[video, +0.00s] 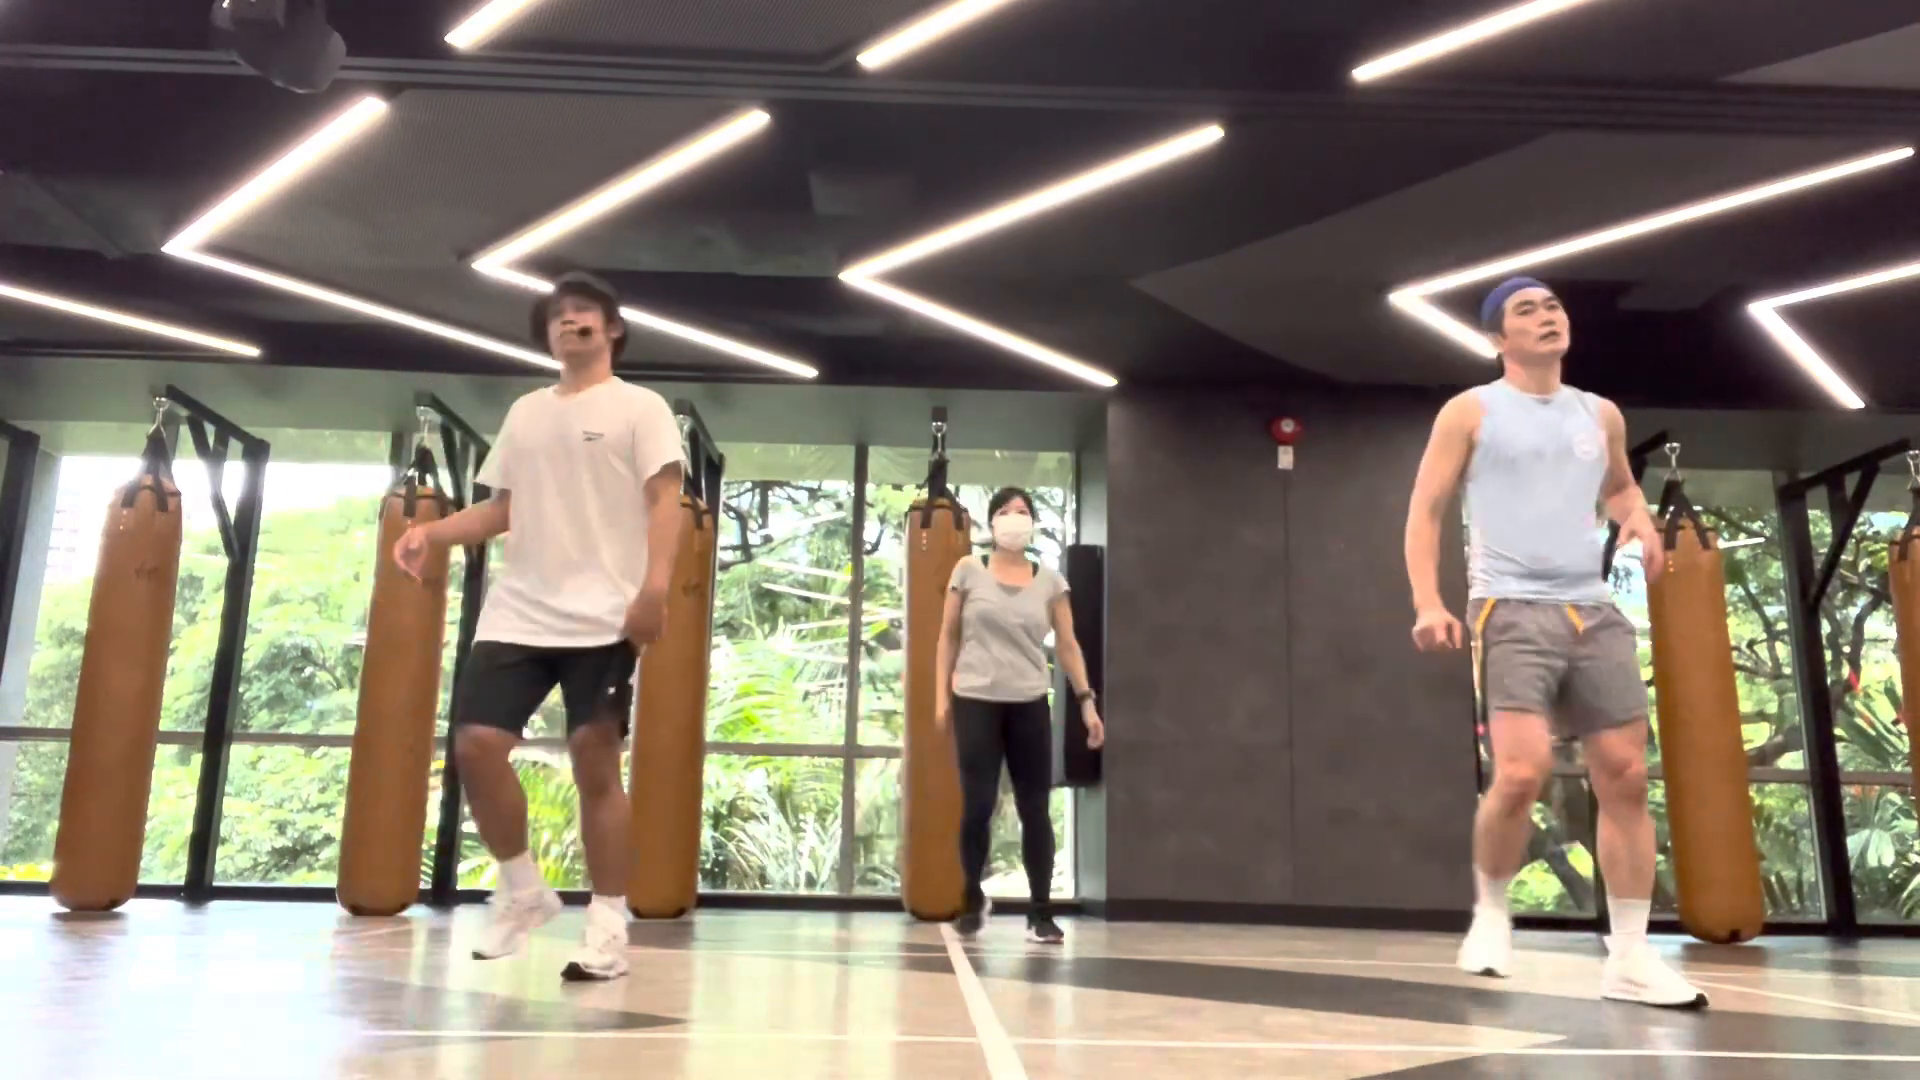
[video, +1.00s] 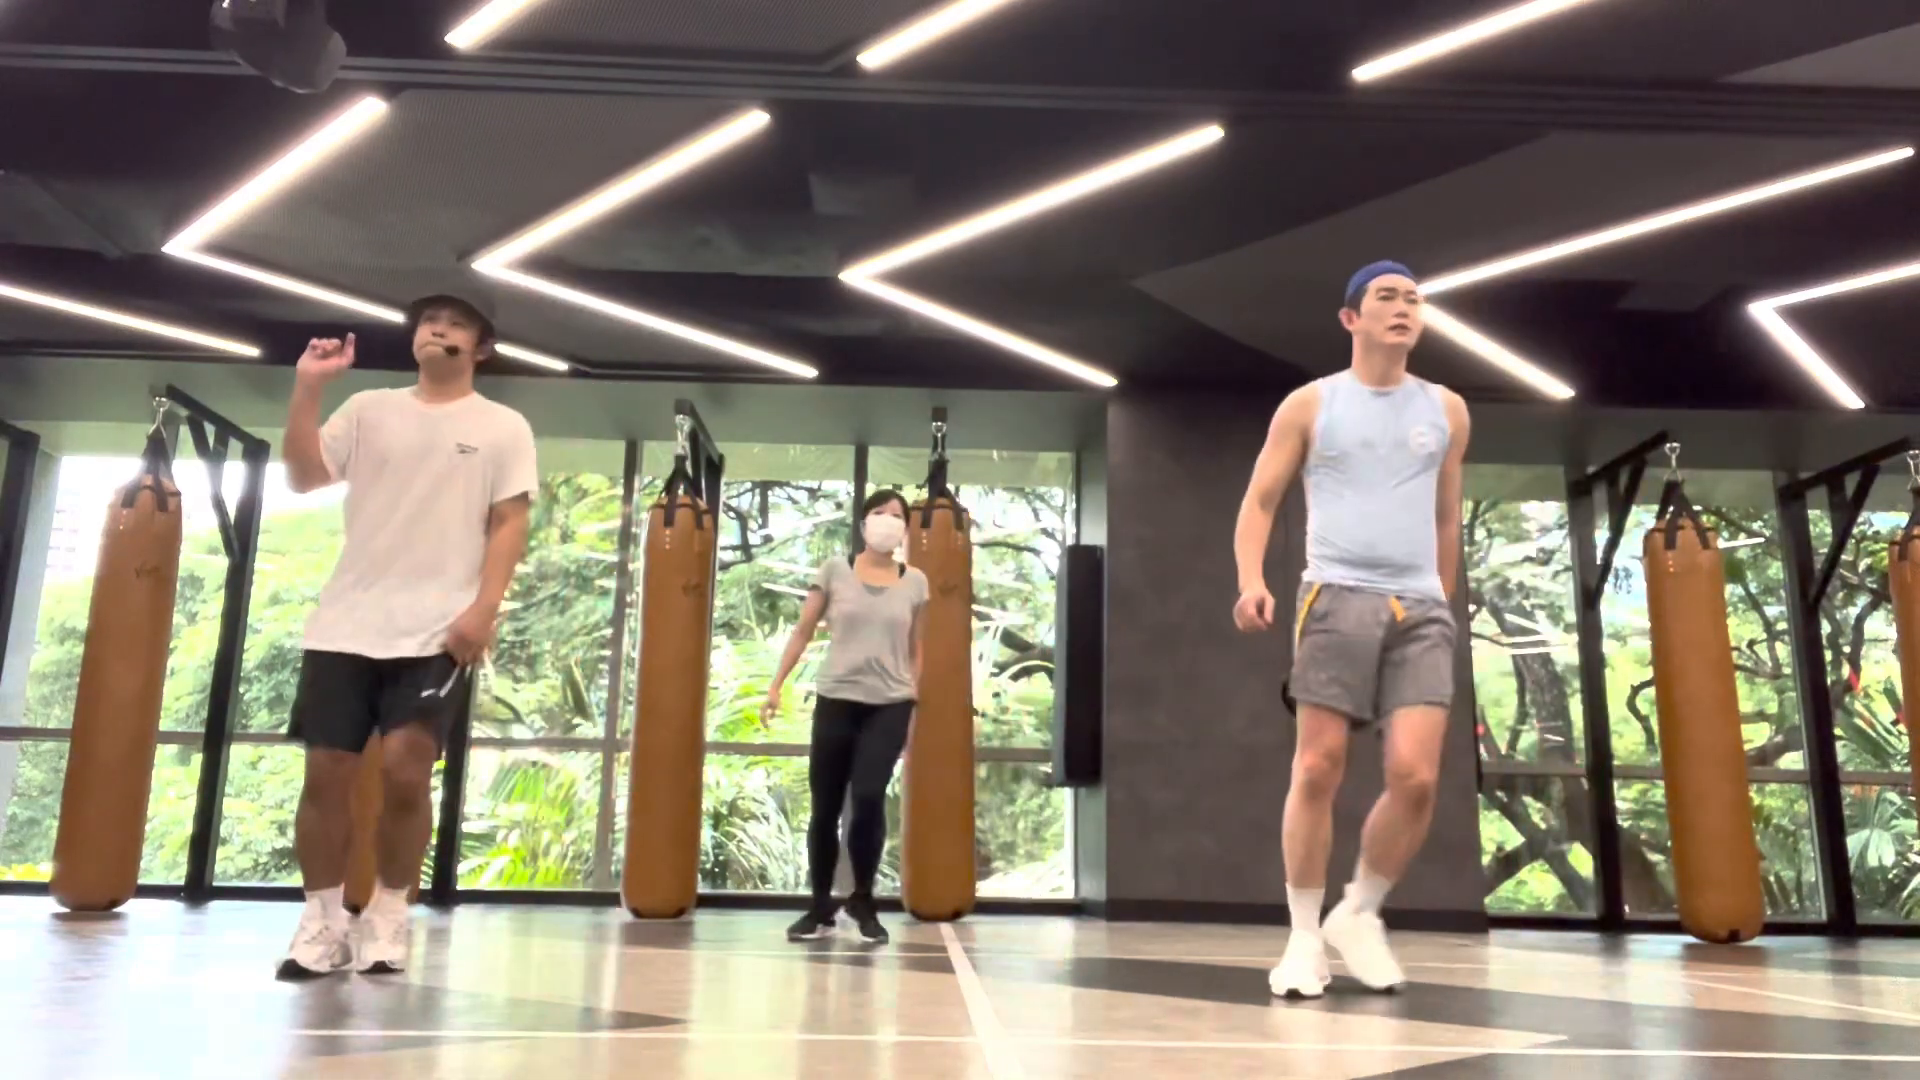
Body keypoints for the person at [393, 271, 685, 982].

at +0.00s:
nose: (573, 320)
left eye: (587, 312)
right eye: (562, 312)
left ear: (613, 331)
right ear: (547, 334)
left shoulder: (642, 408)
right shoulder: (526, 411)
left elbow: (667, 500)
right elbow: (505, 509)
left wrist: (656, 587)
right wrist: (434, 531)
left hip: (602, 614)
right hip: (517, 611)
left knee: (595, 759)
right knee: (476, 745)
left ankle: (608, 928)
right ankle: (525, 894)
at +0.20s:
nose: (579, 332)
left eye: (591, 322)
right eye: (564, 326)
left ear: (615, 340)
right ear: (548, 349)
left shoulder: (639, 420)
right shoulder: (527, 428)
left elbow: (651, 515)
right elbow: (496, 514)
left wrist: (630, 608)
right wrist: (421, 485)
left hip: (596, 624)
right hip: (518, 626)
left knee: (590, 766)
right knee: (497, 763)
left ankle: (610, 925)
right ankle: (567, 906)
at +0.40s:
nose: (554, 323)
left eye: (567, 315)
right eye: (541, 317)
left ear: (593, 334)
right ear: (524, 341)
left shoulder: (619, 408)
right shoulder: (503, 417)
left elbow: (626, 509)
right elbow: (460, 494)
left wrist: (600, 598)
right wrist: (416, 416)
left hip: (574, 615)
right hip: (488, 611)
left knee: (582, 768)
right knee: (422, 741)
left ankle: (607, 928)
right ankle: (440, 897)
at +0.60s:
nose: (512, 346)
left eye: (527, 337)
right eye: (500, 338)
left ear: (553, 359)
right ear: (484, 360)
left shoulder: (570, 440)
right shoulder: (448, 431)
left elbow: (583, 536)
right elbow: (388, 499)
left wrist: (567, 622)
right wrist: (357, 418)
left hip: (522, 641)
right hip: (429, 637)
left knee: (549, 774)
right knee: (363, 769)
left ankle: (605, 930)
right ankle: (330, 925)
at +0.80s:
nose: (463, 331)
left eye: (480, 324)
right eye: (453, 321)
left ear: (504, 348)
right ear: (435, 339)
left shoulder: (520, 428)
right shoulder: (393, 407)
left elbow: (518, 528)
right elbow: (336, 479)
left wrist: (500, 617)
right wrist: (312, 397)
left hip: (460, 627)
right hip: (367, 619)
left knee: (489, 761)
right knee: (332, 763)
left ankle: (540, 912)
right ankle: (327, 928)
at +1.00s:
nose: (441, 332)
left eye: (457, 326)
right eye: (430, 323)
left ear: (480, 348)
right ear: (412, 341)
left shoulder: (505, 428)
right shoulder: (368, 408)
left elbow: (509, 526)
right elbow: (305, 475)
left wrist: (484, 609)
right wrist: (307, 388)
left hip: (434, 627)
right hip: (346, 620)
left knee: (405, 769)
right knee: (327, 769)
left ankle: (386, 923)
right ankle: (325, 921)